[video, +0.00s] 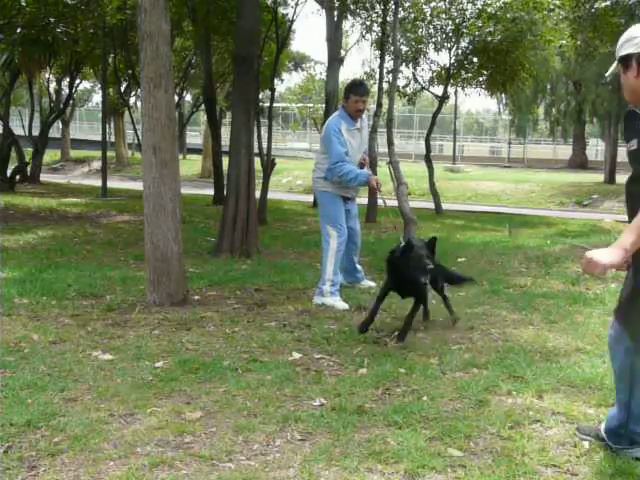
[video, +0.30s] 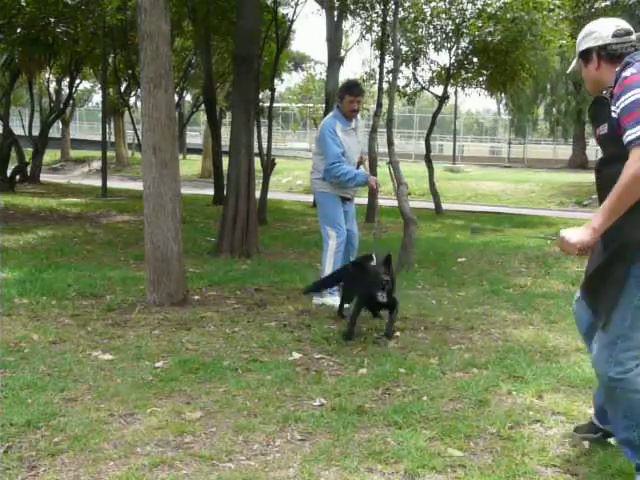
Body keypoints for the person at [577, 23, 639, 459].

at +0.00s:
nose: (623, 81)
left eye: (624, 71)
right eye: (623, 71)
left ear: (635, 70)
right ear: (629, 72)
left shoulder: (635, 121)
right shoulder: (632, 121)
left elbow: (639, 204)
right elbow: (639, 201)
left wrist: (620, 248)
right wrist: (623, 248)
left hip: (636, 262)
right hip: (635, 260)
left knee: (624, 335)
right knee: (623, 334)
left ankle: (626, 430)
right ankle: (623, 428)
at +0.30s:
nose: (582, 75)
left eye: (582, 65)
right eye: (581, 66)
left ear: (599, 59)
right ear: (613, 57)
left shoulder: (629, 87)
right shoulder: (624, 88)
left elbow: (635, 162)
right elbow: (630, 167)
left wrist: (595, 227)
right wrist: (599, 230)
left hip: (633, 245)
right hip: (620, 242)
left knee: (617, 357)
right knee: (588, 313)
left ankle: (638, 457)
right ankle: (612, 417)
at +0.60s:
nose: (554, 89)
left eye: (555, 79)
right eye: (554, 80)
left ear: (570, 74)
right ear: (586, 71)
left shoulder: (604, 104)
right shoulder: (611, 99)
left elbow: (599, 182)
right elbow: (604, 180)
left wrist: (544, 233)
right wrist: (564, 232)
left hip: (616, 248)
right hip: (596, 244)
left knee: (591, 364)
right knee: (558, 315)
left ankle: (638, 459)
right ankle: (543, 399)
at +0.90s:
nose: (536, 89)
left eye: (535, 80)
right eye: (535, 81)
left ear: (547, 74)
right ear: (571, 68)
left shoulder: (570, 96)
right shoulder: (596, 92)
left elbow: (557, 173)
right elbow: (614, 170)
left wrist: (508, 227)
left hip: (592, 235)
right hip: (595, 231)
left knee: (550, 346)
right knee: (537, 307)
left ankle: (605, 457)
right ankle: (540, 396)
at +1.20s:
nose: (520, 96)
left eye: (520, 89)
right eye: (519, 89)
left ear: (529, 83)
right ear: (562, 78)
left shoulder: (543, 107)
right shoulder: (600, 113)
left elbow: (492, 173)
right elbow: (618, 185)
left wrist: (438, 197)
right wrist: (582, 216)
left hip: (566, 237)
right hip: (591, 236)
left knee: (540, 349)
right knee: (535, 302)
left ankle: (604, 455)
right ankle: (520, 386)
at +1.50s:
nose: (501, 110)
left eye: (500, 104)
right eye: (499, 105)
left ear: (510, 97)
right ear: (542, 92)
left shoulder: (521, 122)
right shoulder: (583, 123)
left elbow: (459, 170)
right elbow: (600, 188)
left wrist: (407, 168)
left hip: (553, 244)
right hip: (583, 242)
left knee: (517, 348)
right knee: (516, 303)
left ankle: (568, 455)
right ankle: (513, 387)